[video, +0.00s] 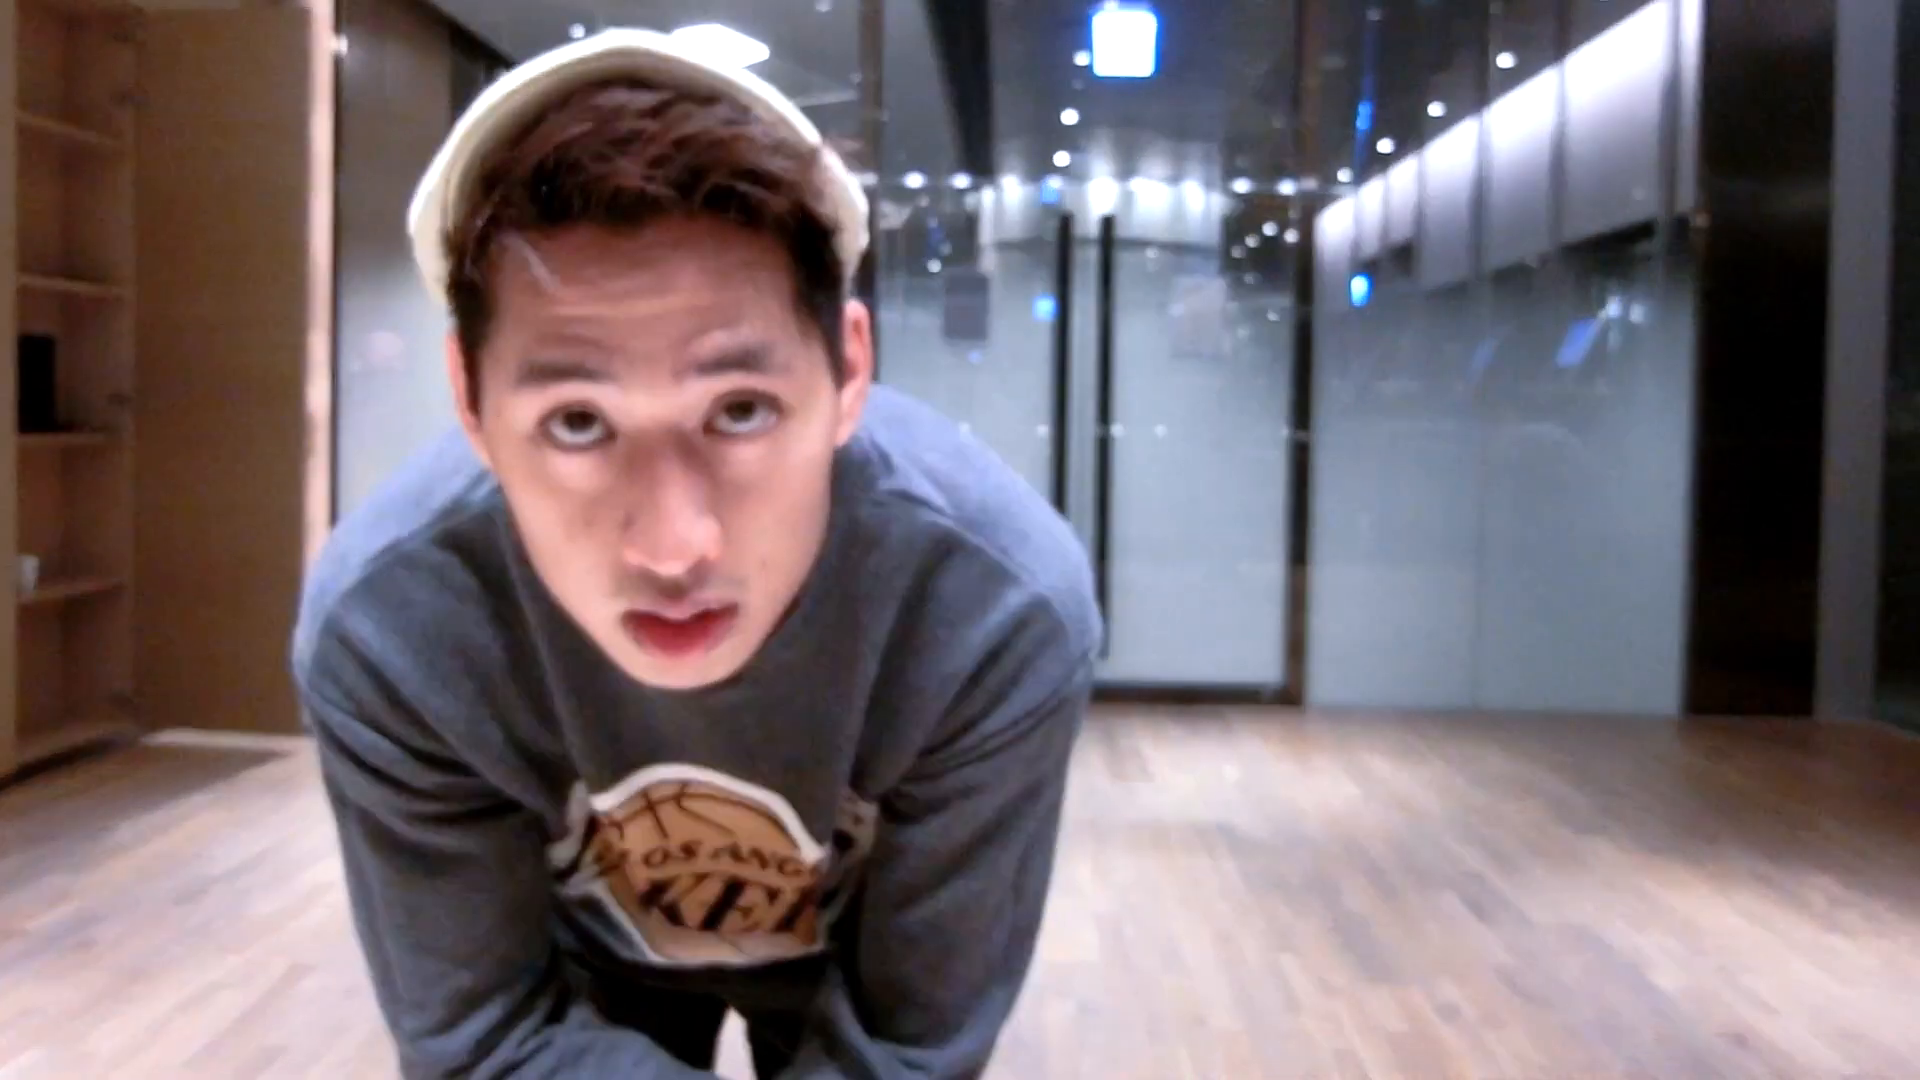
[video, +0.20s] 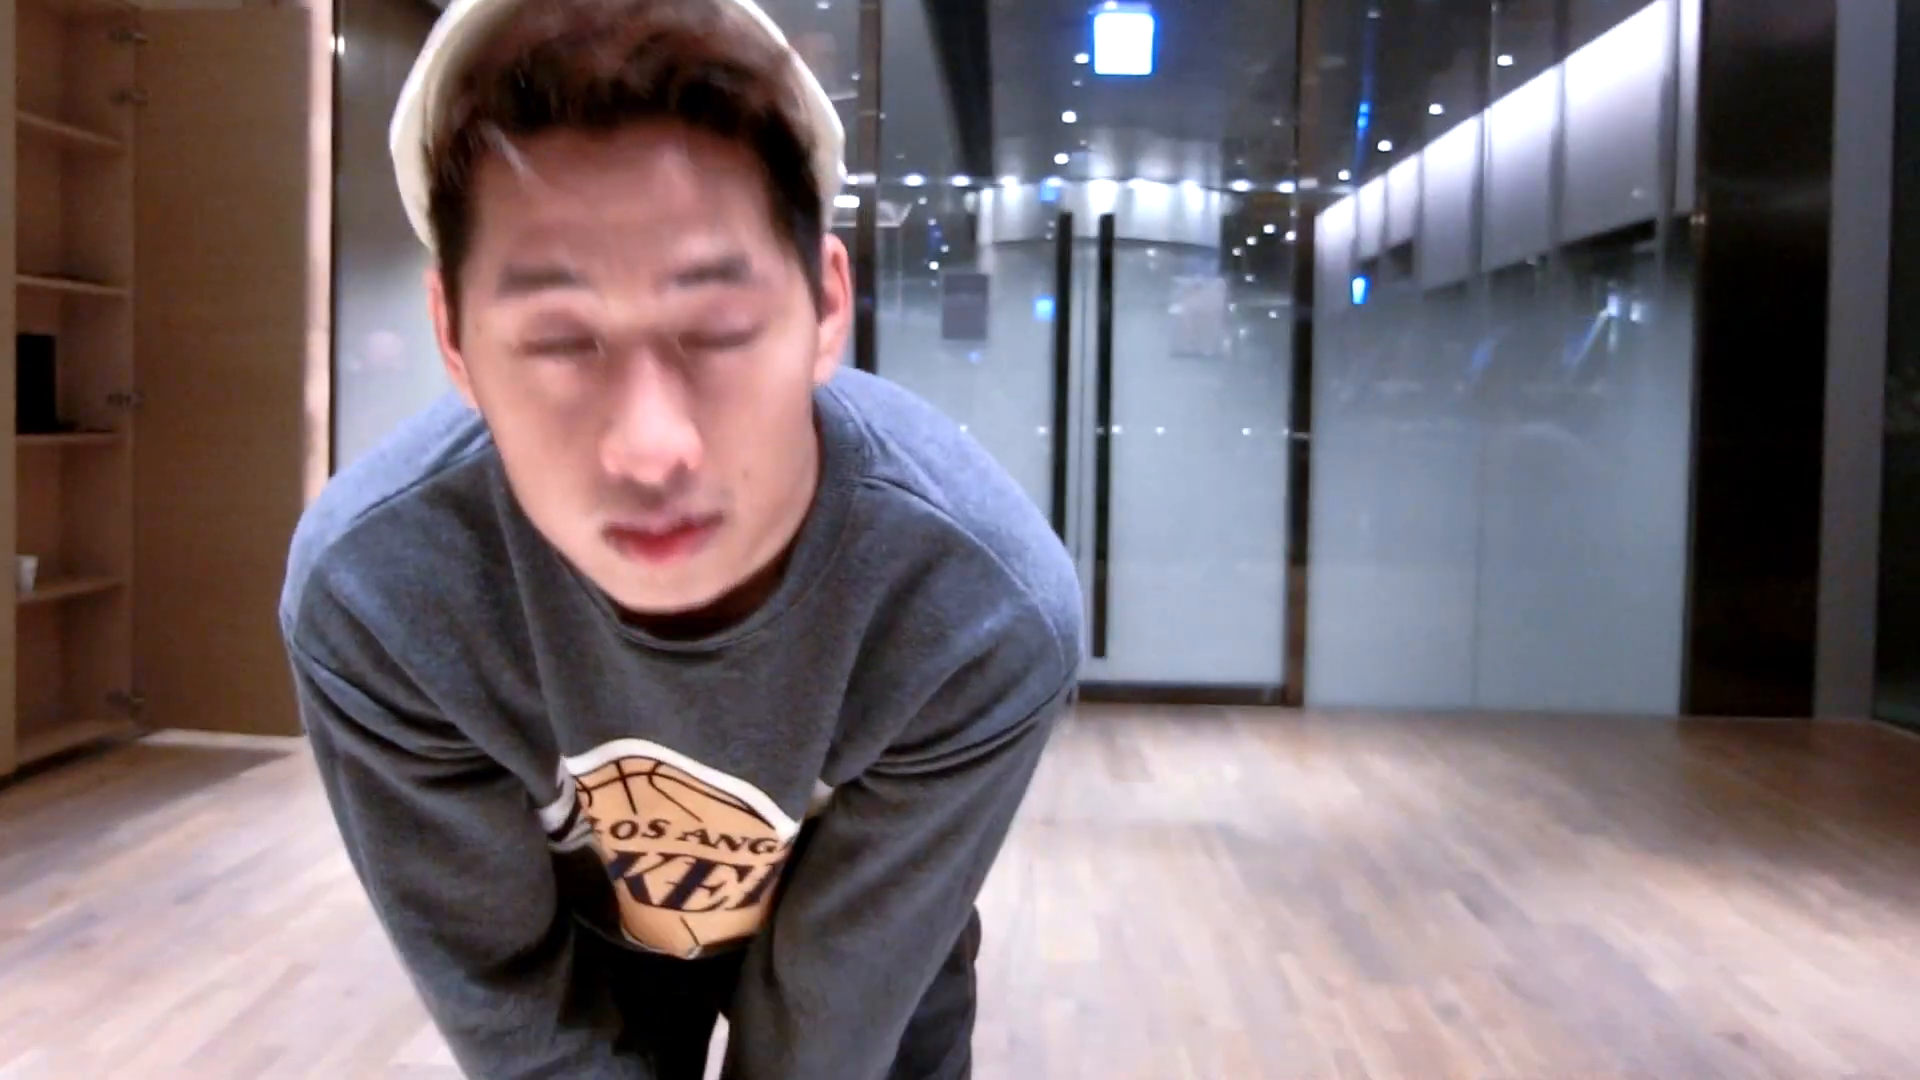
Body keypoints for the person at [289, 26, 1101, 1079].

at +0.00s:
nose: (674, 538)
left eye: (739, 410)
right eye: (577, 422)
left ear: (847, 376)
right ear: (472, 404)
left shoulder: (1002, 611)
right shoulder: (384, 629)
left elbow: (907, 1051)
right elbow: (483, 1038)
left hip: (855, 947)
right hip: (595, 948)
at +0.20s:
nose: (652, 446)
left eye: (719, 334)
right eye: (561, 343)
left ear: (828, 305)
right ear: (454, 341)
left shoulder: (987, 613)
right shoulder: (368, 591)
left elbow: (825, 1029)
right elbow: (515, 1018)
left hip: (866, 938)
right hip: (586, 950)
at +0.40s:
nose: (573, 316)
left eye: (633, 196)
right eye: (477, 221)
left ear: (767, 205)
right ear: (403, 266)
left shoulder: (993, 543)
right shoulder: (363, 583)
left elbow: (862, 976)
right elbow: (478, 990)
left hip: (848, 932)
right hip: (578, 935)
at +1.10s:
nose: (525, 370)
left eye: (560, 232)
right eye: (410, 285)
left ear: (678, 202)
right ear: (325, 321)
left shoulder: (918, 515)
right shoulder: (323, 561)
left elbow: (866, 1007)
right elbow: (429, 983)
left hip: (819, 918)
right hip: (568, 921)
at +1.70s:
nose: (507, 477)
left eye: (538, 342)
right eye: (391, 399)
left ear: (654, 272)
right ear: (305, 403)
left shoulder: (892, 545)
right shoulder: (314, 594)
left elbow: (811, 998)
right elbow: (491, 1013)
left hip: (828, 925)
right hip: (561, 945)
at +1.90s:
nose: (452, 550)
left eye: (501, 449)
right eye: (356, 478)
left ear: (633, 314)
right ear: (291, 433)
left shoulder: (868, 510)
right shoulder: (284, 557)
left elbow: (813, 997)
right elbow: (380, 1003)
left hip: (774, 910)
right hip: (521, 912)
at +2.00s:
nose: (460, 484)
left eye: (509, 377)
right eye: (362, 411)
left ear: (629, 261)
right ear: (289, 373)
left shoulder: (852, 485)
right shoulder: (267, 521)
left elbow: (801, 978)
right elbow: (315, 998)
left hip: (771, 903)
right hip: (507, 896)